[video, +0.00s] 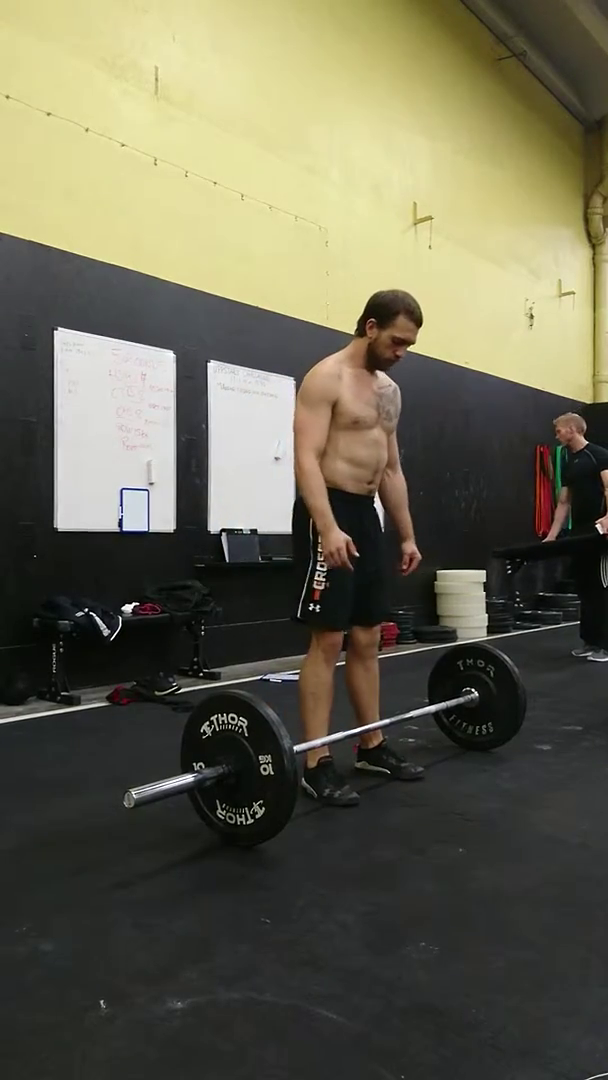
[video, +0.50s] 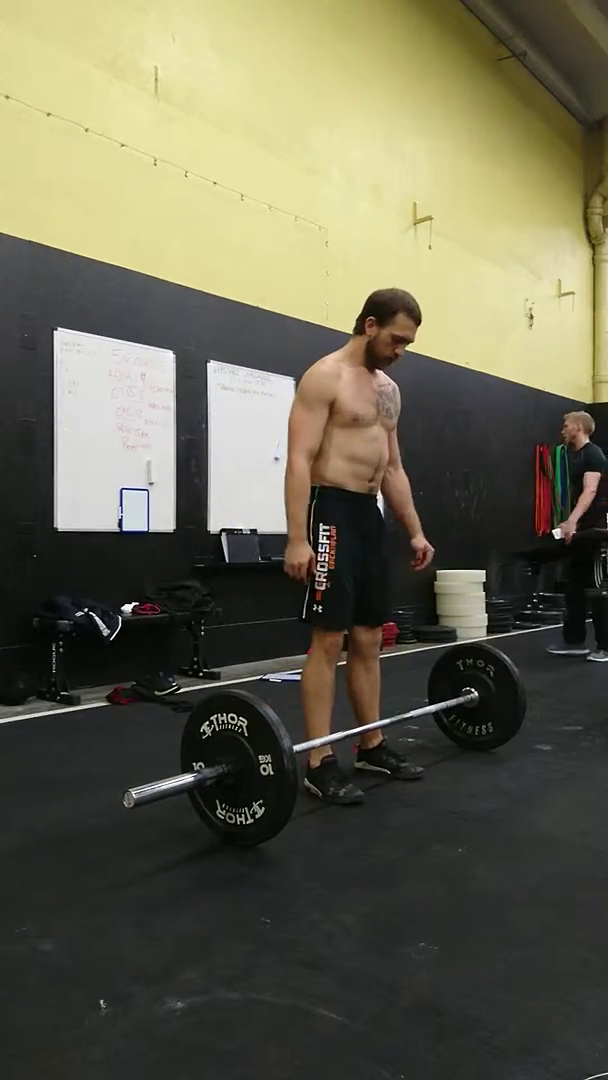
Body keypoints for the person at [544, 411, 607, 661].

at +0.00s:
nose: (556, 435)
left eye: (559, 430)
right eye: (555, 431)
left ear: (573, 430)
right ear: (567, 431)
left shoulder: (598, 455)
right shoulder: (569, 461)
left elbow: (607, 491)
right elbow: (564, 502)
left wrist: (605, 519)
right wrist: (551, 536)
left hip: (599, 532)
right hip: (580, 533)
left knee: (599, 587)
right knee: (586, 587)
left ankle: (603, 645)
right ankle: (591, 642)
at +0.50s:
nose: (562, 430)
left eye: (566, 426)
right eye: (563, 426)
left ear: (580, 429)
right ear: (577, 429)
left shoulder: (593, 453)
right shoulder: (571, 454)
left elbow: (590, 491)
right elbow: (573, 492)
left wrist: (572, 520)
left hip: (595, 530)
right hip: (579, 530)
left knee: (597, 587)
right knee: (574, 584)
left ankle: (603, 645)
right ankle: (574, 640)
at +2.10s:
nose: (515, 512)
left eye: (513, 508)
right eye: (513, 509)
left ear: (521, 500)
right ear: (528, 497)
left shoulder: (529, 509)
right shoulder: (547, 502)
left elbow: (514, 548)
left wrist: (500, 580)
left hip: (587, 528)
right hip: (599, 525)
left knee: (567, 586)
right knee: (581, 587)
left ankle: (578, 648)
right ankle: (568, 642)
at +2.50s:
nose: (506, 483)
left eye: (507, 477)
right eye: (503, 481)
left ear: (521, 470)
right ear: (522, 473)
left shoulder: (533, 487)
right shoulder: (541, 486)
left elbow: (540, 529)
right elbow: (567, 526)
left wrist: (525, 559)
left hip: (593, 525)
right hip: (590, 525)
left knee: (574, 582)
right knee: (572, 582)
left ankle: (578, 647)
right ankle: (570, 641)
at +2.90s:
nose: (524, 456)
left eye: (527, 450)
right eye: (520, 453)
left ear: (537, 448)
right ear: (517, 457)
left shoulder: (553, 470)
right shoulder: (538, 478)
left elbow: (566, 511)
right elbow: (551, 512)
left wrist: (549, 540)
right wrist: (548, 541)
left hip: (591, 523)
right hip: (574, 527)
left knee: (580, 582)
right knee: (567, 582)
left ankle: (584, 646)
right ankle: (567, 641)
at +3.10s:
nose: (515, 466)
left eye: (516, 460)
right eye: (512, 462)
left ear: (530, 452)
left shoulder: (553, 472)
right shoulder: (539, 478)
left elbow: (563, 513)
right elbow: (551, 515)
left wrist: (550, 545)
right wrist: (547, 545)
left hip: (592, 526)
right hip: (576, 529)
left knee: (582, 583)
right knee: (568, 582)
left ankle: (584, 646)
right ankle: (568, 641)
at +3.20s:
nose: (512, 471)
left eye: (513, 465)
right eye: (509, 468)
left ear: (525, 458)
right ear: (521, 462)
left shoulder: (551, 473)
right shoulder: (538, 480)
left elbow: (561, 515)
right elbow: (549, 517)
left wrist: (549, 548)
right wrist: (547, 547)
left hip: (592, 526)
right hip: (575, 529)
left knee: (582, 583)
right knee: (569, 583)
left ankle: (584, 647)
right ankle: (568, 641)